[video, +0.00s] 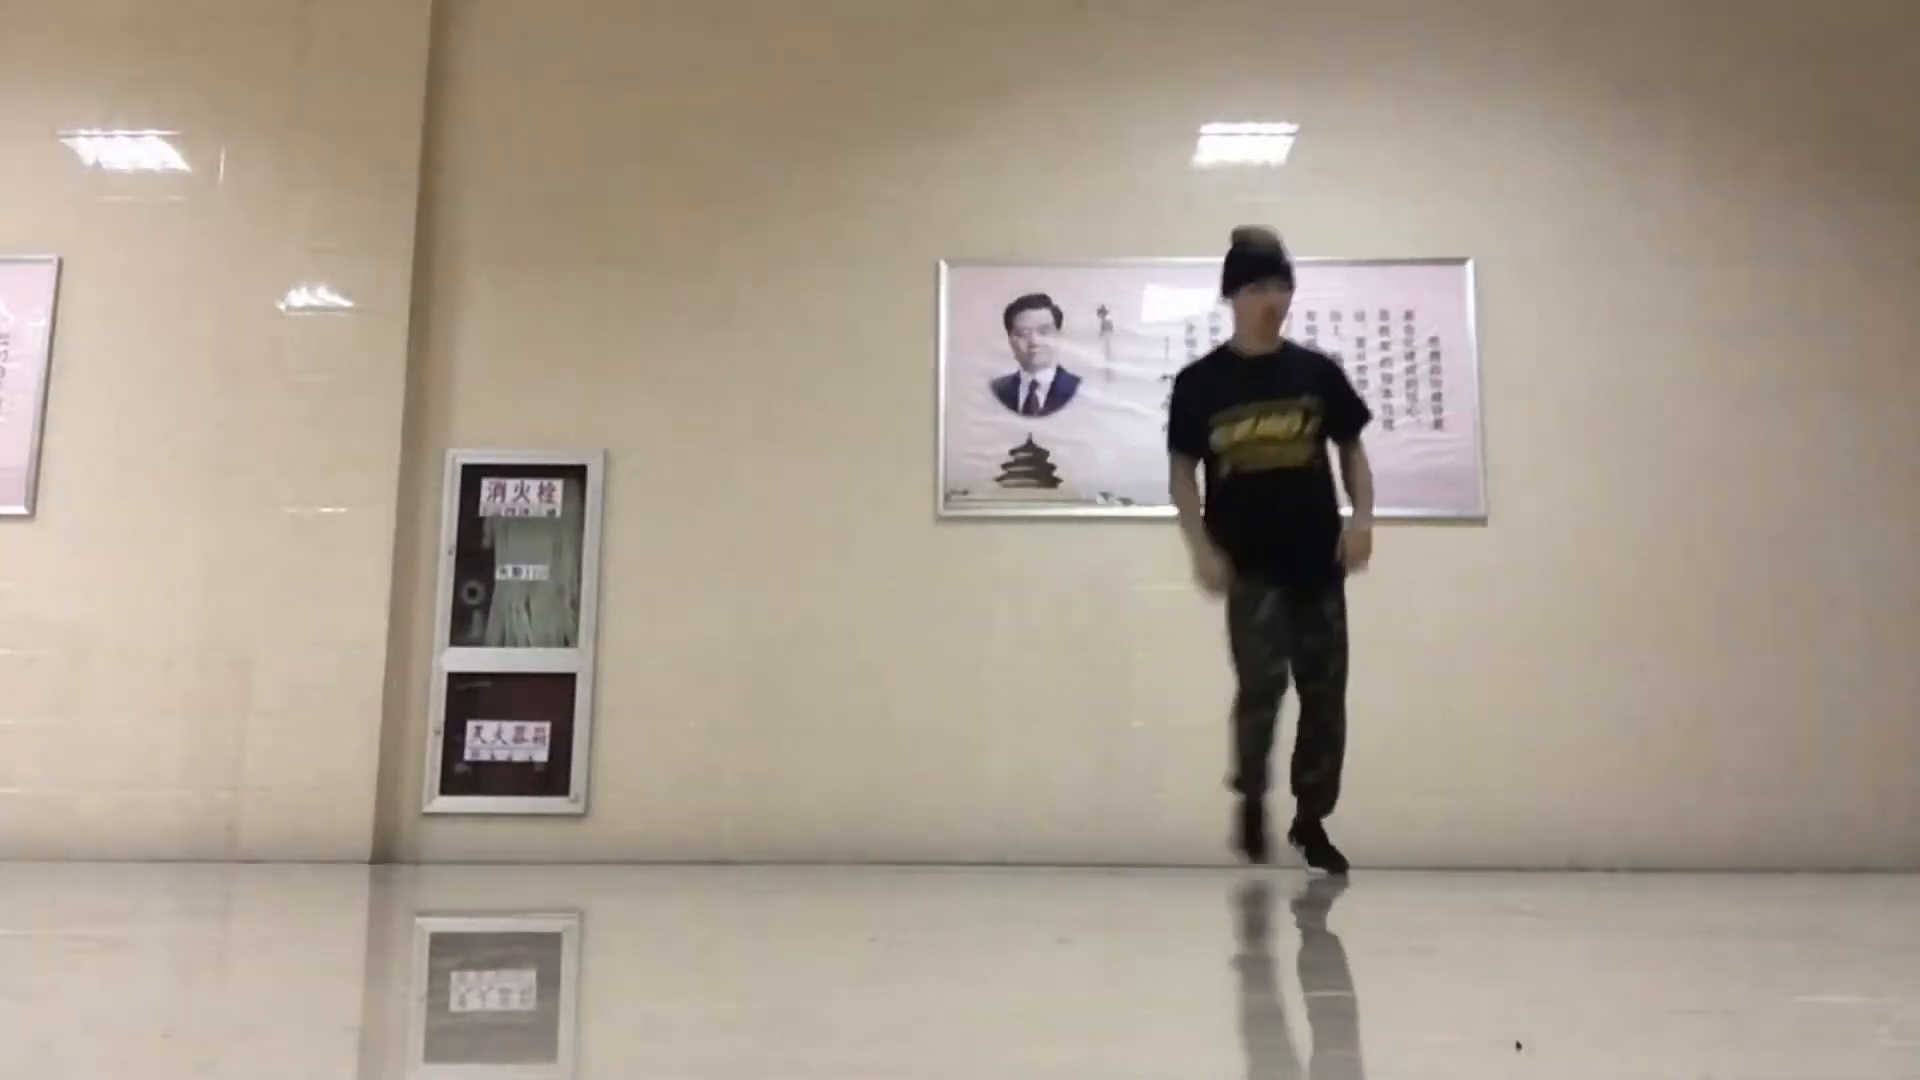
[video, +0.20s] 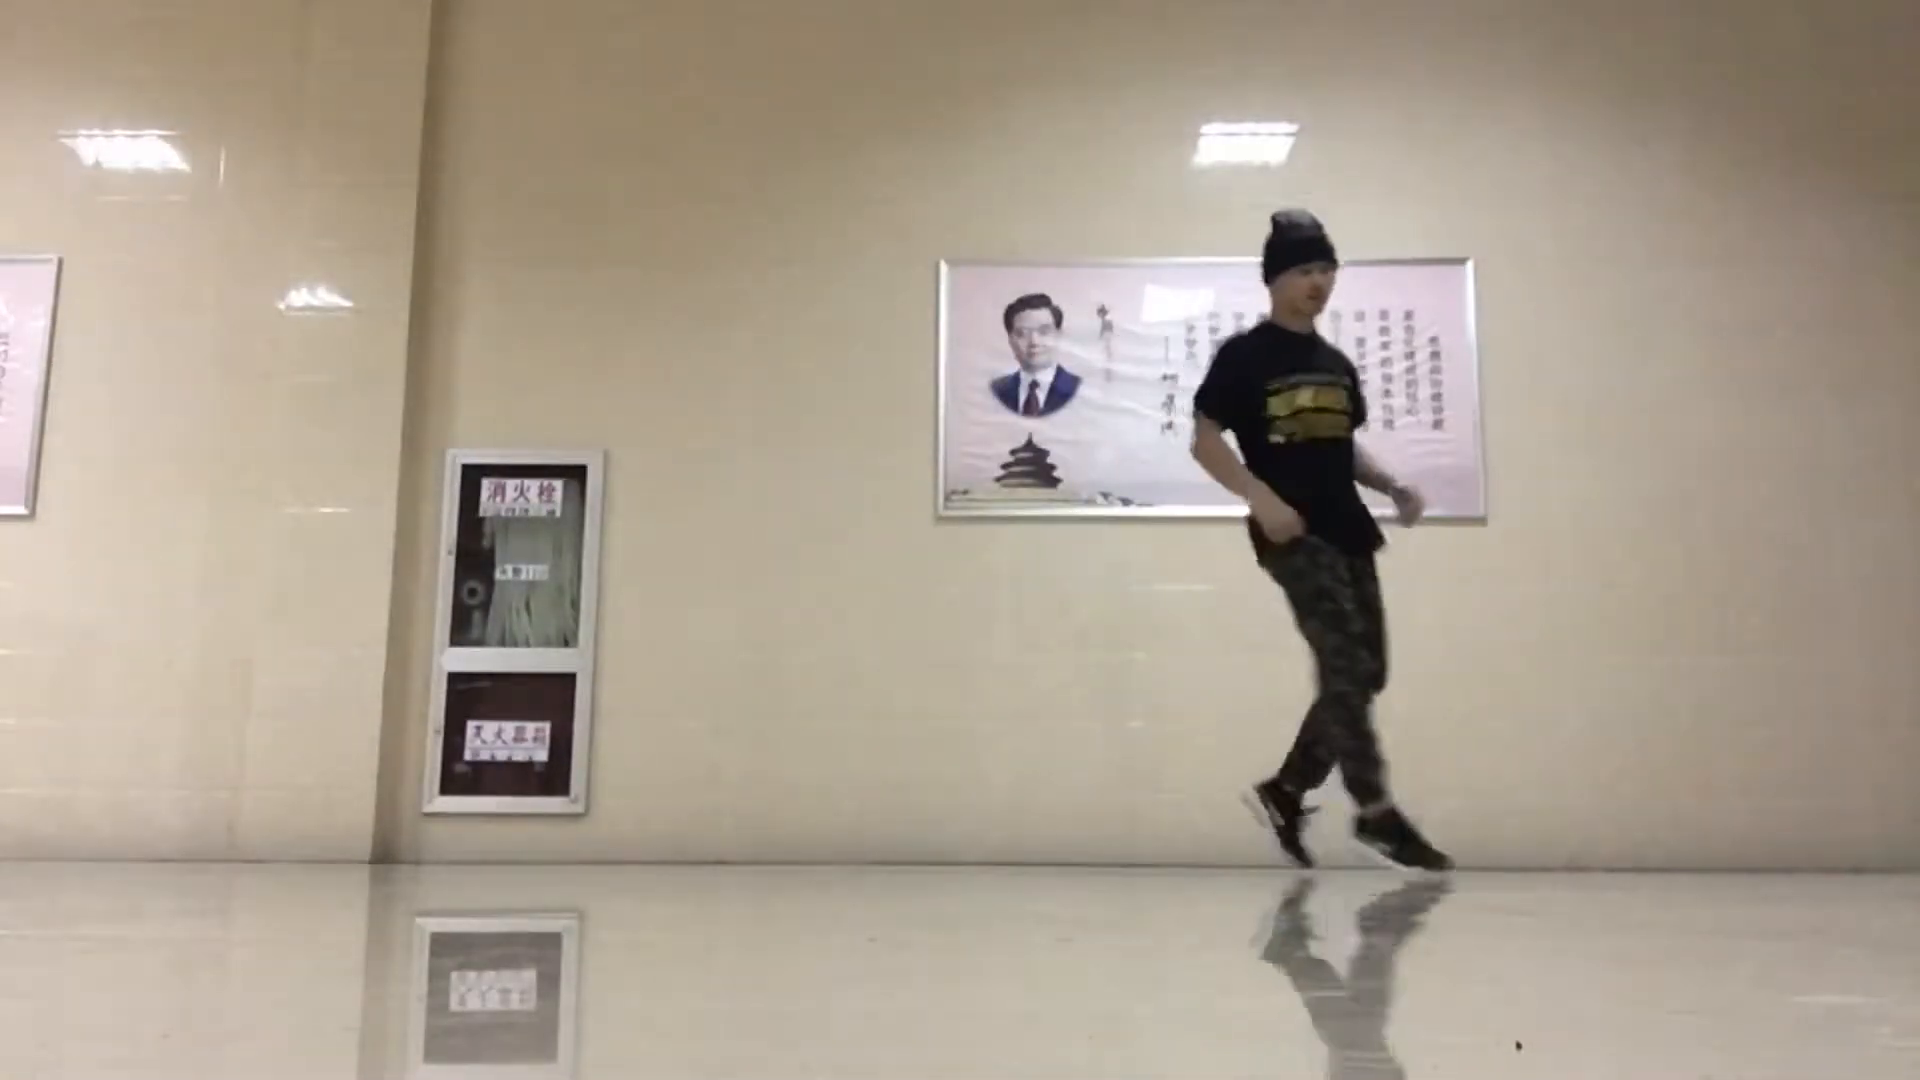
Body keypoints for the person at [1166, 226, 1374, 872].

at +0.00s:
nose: (1274, 304)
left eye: (1282, 292)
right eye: (1260, 292)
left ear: (1292, 296)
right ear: (1232, 297)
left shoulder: (1318, 371)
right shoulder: (1197, 384)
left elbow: (1352, 448)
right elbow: (1181, 473)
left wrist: (1360, 519)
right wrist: (1201, 547)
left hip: (1317, 558)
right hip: (1248, 564)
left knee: (1325, 696)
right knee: (1260, 691)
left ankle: (1310, 819)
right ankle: (1251, 804)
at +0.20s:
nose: (1319, 287)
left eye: (1327, 276)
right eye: (1307, 275)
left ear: (1332, 281)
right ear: (1273, 278)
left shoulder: (1336, 363)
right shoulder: (1242, 355)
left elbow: (1341, 446)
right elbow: (1206, 444)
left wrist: (1391, 485)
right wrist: (1262, 501)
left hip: (1348, 526)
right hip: (1294, 529)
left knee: (1365, 669)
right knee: (1346, 665)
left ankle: (1287, 789)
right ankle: (1375, 810)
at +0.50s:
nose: (1329, 284)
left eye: (1338, 273)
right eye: (1315, 270)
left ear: (1346, 283)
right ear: (1285, 275)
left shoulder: (1333, 361)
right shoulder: (1251, 350)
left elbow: (1326, 457)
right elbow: (1218, 443)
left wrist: (1358, 515)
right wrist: (1255, 524)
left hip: (1327, 536)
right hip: (1280, 535)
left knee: (1329, 671)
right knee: (1332, 666)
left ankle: (1267, 800)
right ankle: (1344, 812)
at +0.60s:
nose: (1318, 310)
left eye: (1326, 298)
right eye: (1304, 297)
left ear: (1335, 306)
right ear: (1273, 302)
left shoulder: (1327, 389)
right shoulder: (1235, 380)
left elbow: (1312, 475)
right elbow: (1197, 471)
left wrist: (1333, 532)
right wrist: (1234, 553)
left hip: (1311, 557)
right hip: (1258, 558)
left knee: (1312, 684)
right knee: (1323, 675)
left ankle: (1269, 819)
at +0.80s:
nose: (1257, 314)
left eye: (1266, 299)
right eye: (1243, 303)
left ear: (1283, 300)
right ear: (1223, 309)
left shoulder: (1308, 382)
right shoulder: (1196, 386)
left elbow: (1315, 472)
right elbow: (1182, 481)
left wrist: (1342, 545)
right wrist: (1244, 543)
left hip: (1284, 555)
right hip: (1218, 553)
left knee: (1291, 699)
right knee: (1221, 681)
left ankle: (1263, 830)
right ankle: (1137, 727)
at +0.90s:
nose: (1223, 295)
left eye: (1233, 281)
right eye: (1209, 284)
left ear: (1252, 276)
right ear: (1192, 284)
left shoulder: (1290, 348)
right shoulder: (1169, 354)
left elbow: (1324, 431)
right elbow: (1149, 450)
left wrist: (1372, 497)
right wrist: (1216, 483)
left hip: (1267, 534)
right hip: (1192, 533)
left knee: (1288, 671)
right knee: (1167, 644)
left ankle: (1280, 804)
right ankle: (1109, 750)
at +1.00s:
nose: (1207, 302)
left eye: (1215, 287)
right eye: (1192, 292)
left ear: (1230, 282)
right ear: (1170, 293)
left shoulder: (1269, 349)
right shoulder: (1141, 359)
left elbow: (1332, 423)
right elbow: (1112, 454)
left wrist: (1400, 476)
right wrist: (1164, 484)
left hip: (1247, 545)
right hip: (1163, 546)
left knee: (1299, 666)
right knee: (1114, 662)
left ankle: (1322, 798)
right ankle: (1072, 785)